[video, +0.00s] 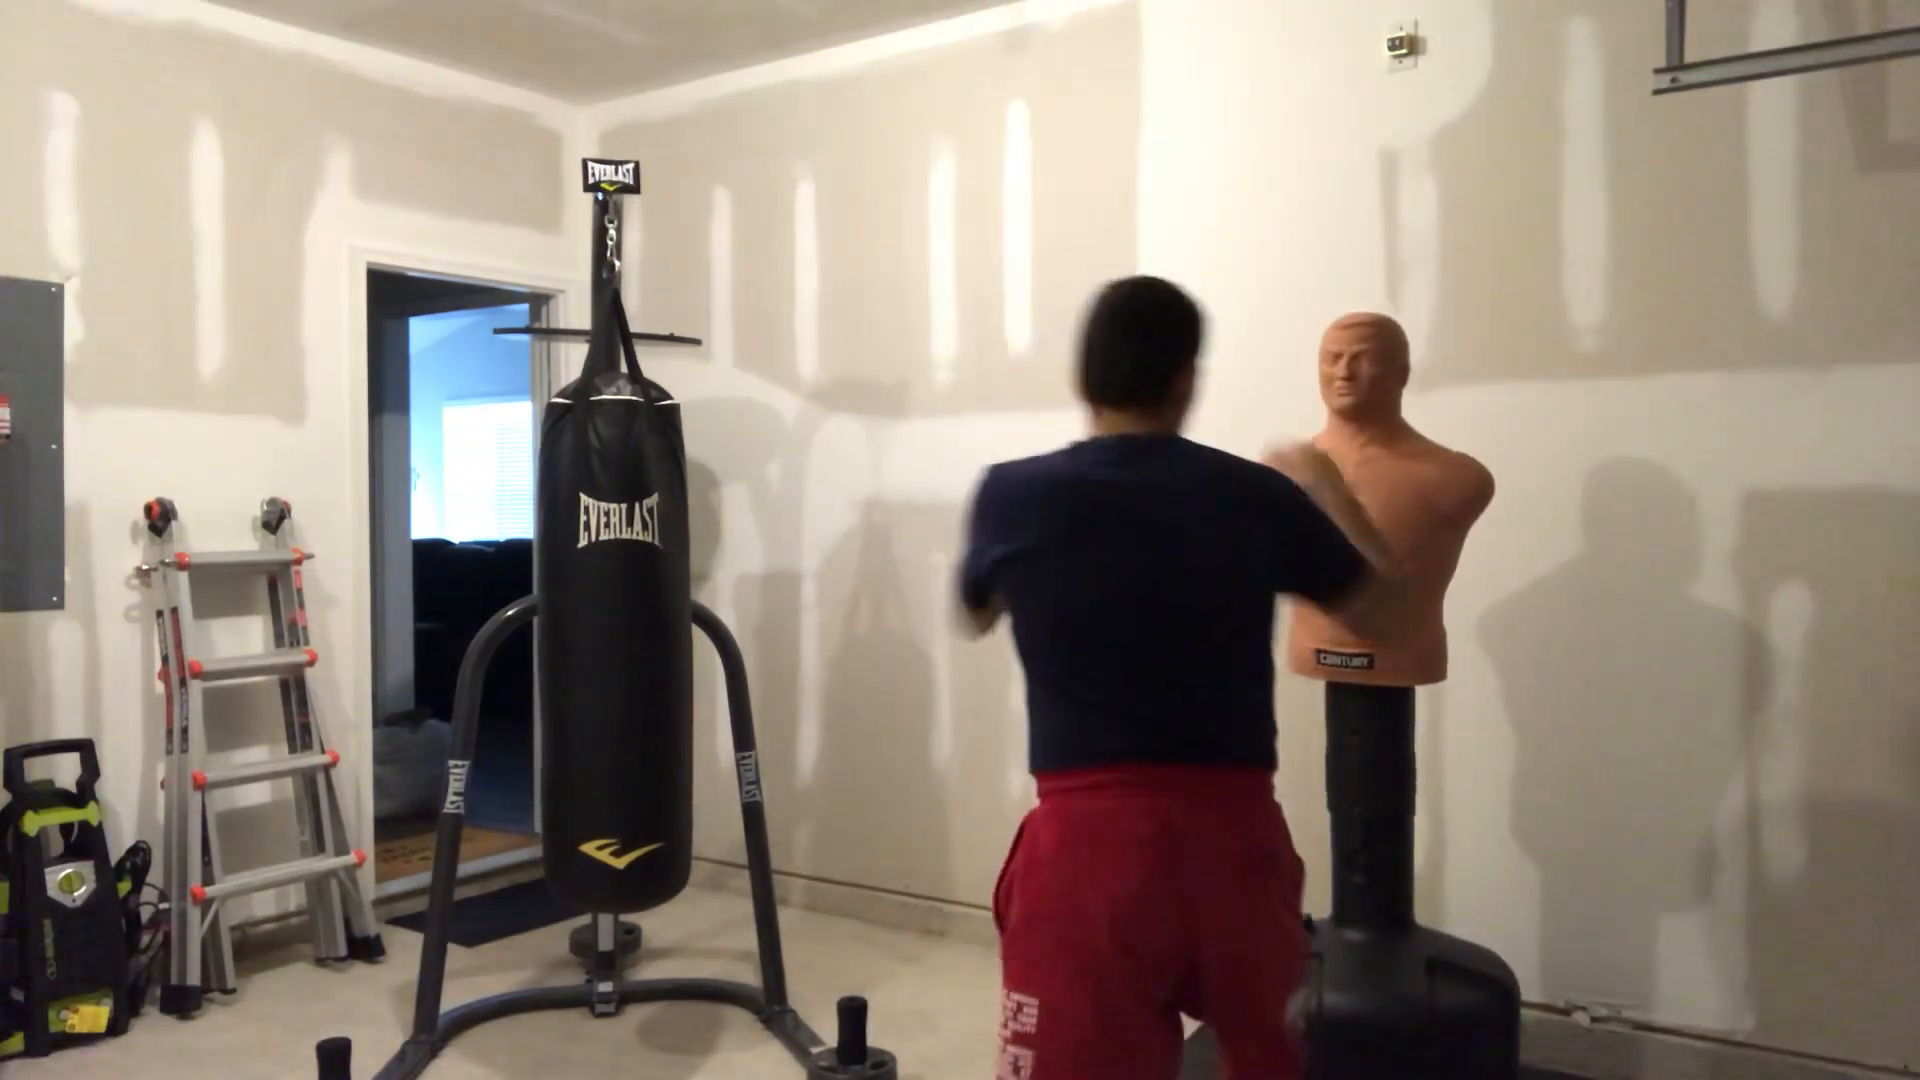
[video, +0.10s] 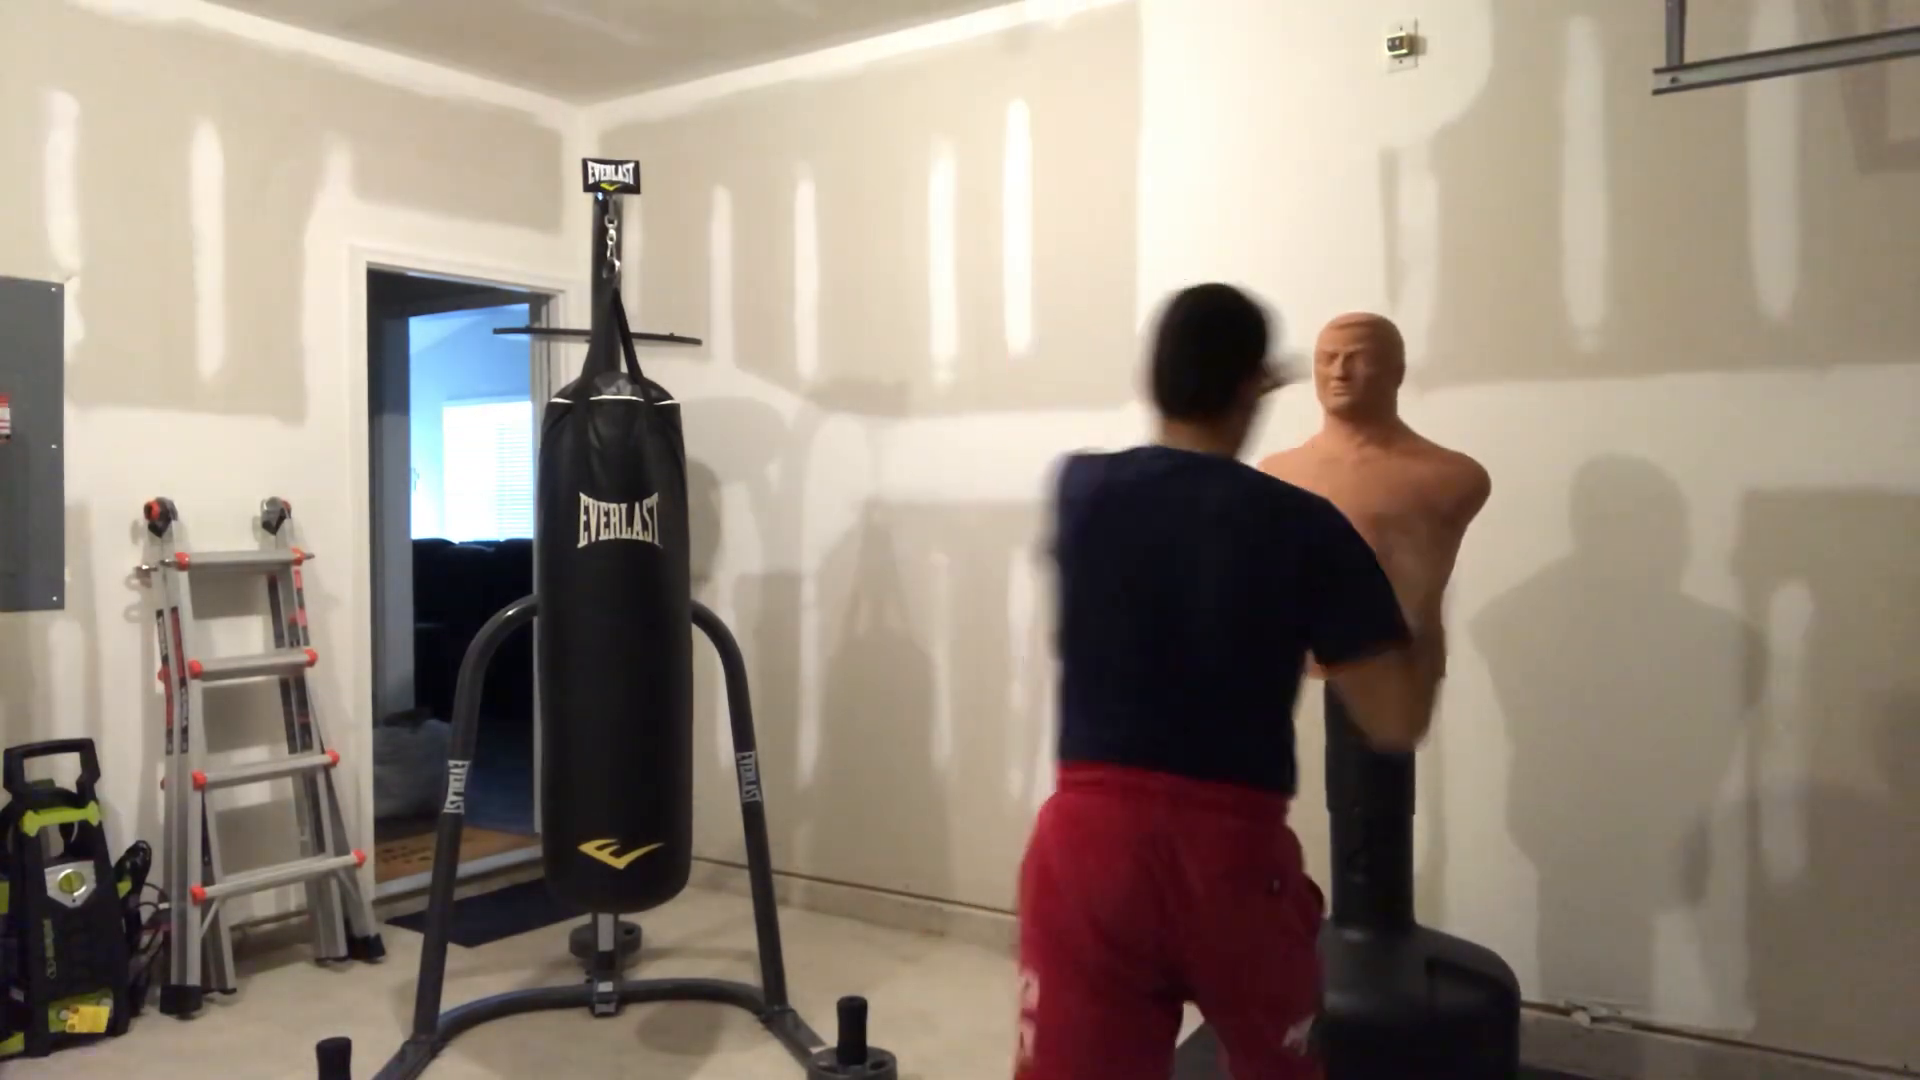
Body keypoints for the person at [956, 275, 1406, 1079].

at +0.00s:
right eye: (1188, 365)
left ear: (1082, 375)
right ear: (1188, 378)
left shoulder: (1015, 496)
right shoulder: (1252, 499)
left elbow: (974, 614)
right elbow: (1383, 610)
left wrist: (1047, 528)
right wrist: (1331, 488)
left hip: (1084, 843)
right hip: (1236, 840)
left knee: (1076, 1062)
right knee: (1273, 1062)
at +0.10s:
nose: (1279, 388)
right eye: (1275, 372)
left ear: (1151, 378)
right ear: (1257, 385)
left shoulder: (1079, 488)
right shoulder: (1302, 526)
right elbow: (1396, 720)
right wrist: (1424, 621)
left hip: (1085, 846)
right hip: (1236, 858)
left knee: (1070, 1066)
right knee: (1277, 1063)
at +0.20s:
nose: (1355, 384)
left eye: (1355, 366)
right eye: (1353, 367)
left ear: (1234, 371)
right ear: (1338, 383)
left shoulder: (1164, 464)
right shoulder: (1338, 538)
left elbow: (1212, 395)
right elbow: (1422, 738)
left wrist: (1289, 342)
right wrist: (1511, 618)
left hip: (1109, 813)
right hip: (1245, 848)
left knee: (1025, 1059)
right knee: (1280, 1064)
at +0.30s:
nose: (1412, 374)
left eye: (1406, 355)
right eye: (1411, 357)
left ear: (1291, 359)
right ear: (1398, 370)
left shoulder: (1228, 438)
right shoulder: (1396, 520)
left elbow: (1163, 411)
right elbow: (1542, 684)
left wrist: (1177, 360)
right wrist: (1561, 555)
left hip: (1132, 744)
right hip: (1231, 815)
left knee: (1051, 873)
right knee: (1264, 1054)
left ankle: (950, 1025)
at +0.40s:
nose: (1456, 401)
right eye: (1455, 385)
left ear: (1322, 378)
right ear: (1445, 398)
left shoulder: (1257, 453)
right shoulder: (1437, 525)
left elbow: (1129, 482)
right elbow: (1584, 627)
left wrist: (1059, 480)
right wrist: (1508, 504)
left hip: (1131, 686)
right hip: (1200, 793)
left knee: (1180, 591)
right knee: (1263, 1037)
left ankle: (1050, 626)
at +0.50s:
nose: (1475, 436)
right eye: (1473, 422)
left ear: (1343, 428)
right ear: (1459, 442)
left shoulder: (1270, 489)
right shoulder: (1439, 563)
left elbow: (1118, 565)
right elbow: (1547, 635)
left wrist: (1005, 621)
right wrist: (1450, 530)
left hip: (1133, 667)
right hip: (1186, 785)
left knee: (1246, 506)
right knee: (1241, 1022)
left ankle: (1287, 379)